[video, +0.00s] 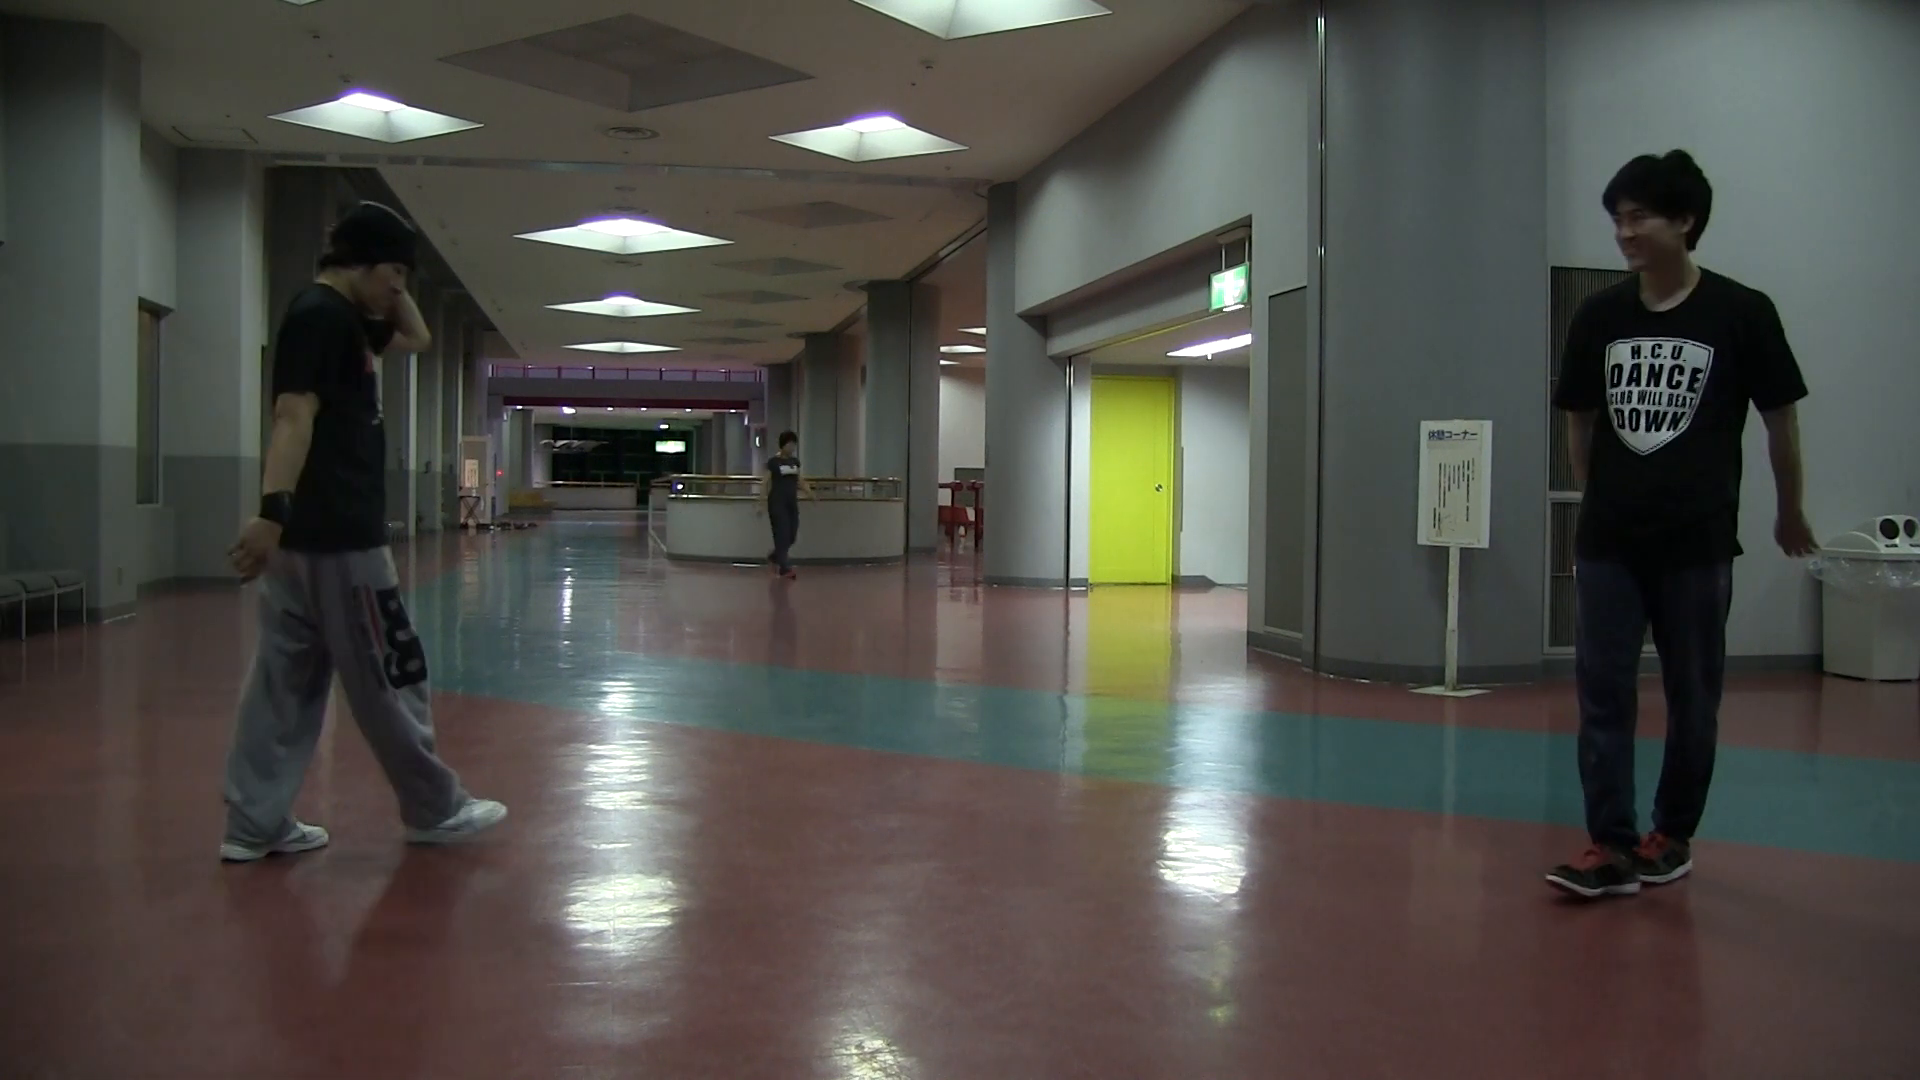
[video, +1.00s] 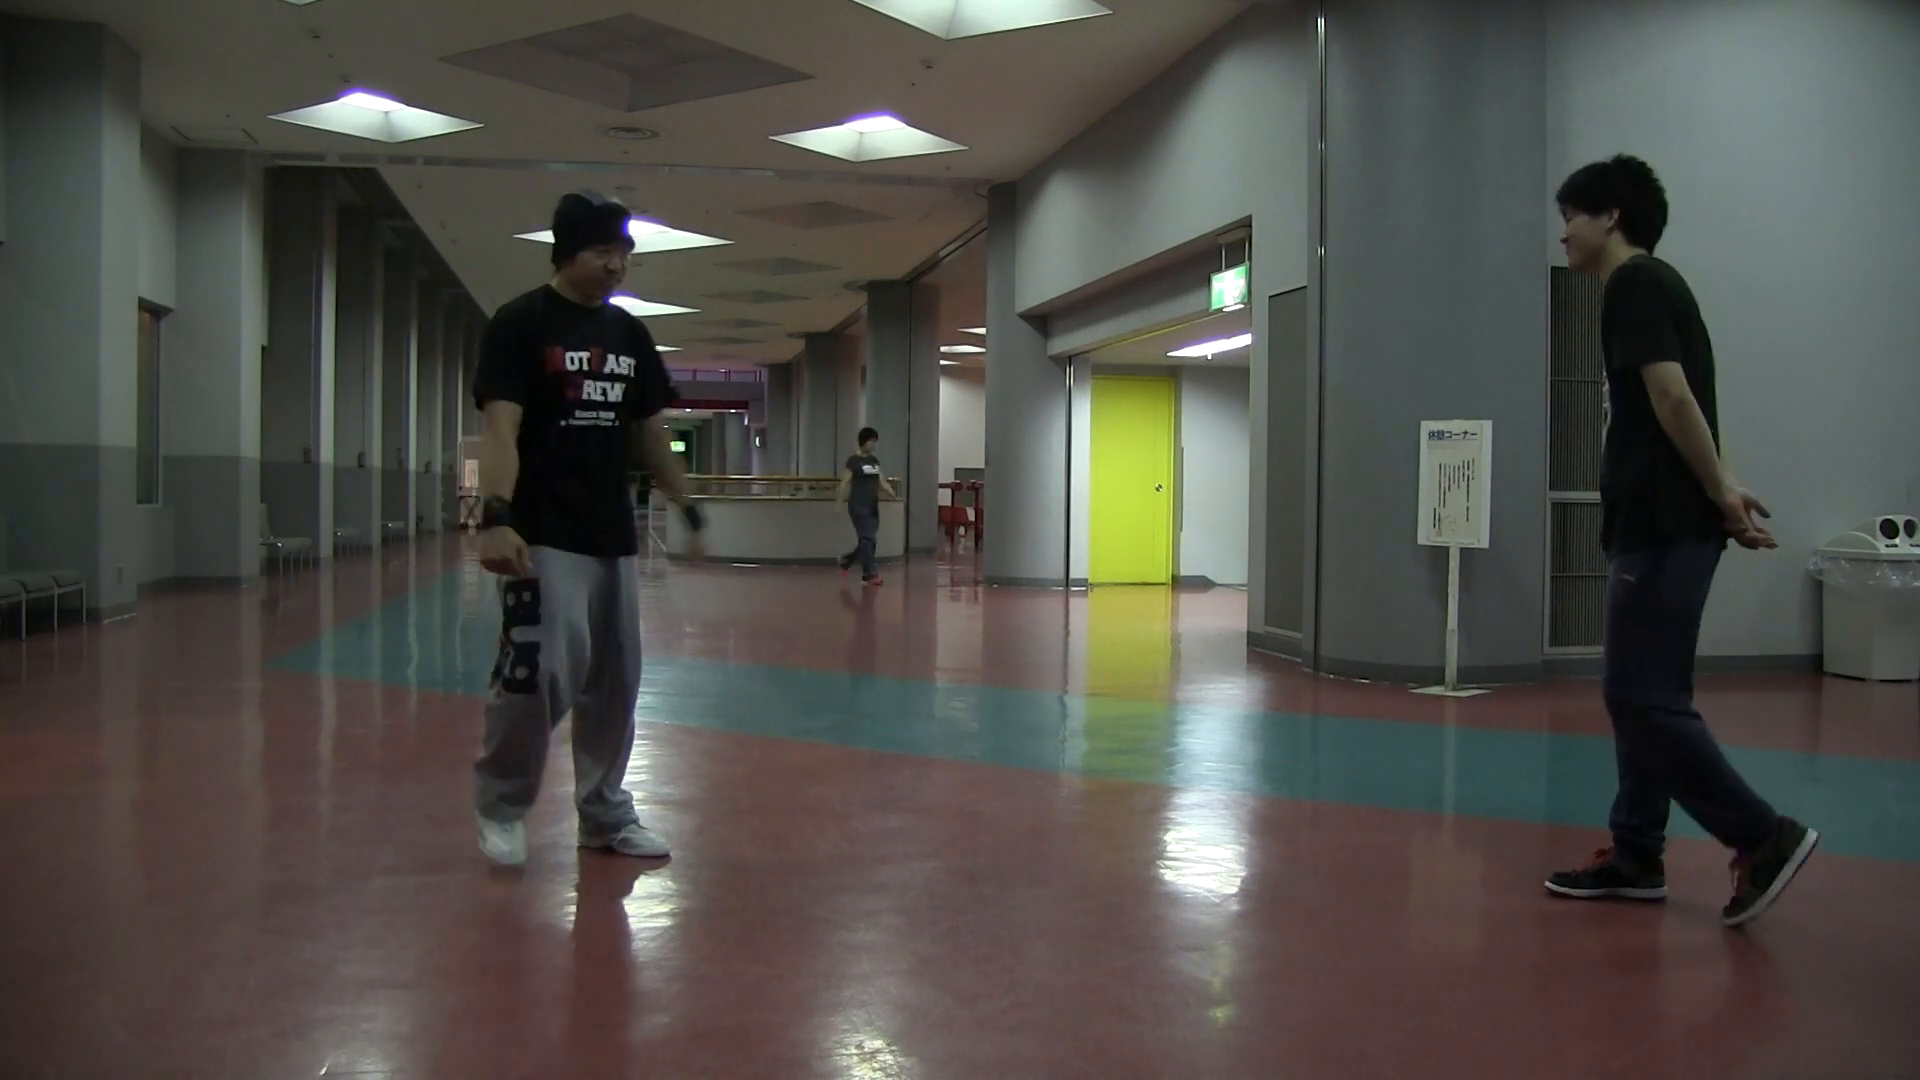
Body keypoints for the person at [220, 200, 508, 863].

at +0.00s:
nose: (398, 287)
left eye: (401, 277)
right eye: (395, 274)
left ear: (349, 263)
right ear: (363, 265)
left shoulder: (339, 315)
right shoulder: (320, 314)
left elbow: (416, 336)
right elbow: (292, 417)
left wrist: (387, 280)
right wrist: (271, 513)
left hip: (309, 535)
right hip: (340, 535)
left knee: (283, 684)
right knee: (388, 674)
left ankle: (255, 824)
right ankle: (435, 807)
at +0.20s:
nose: (449, 283)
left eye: (451, 272)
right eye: (444, 271)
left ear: (396, 261)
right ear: (413, 265)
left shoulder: (380, 320)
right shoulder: (374, 324)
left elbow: (430, 385)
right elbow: (358, 434)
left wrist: (472, 321)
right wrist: (354, 535)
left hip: (374, 531)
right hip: (402, 535)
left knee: (349, 664)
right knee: (423, 669)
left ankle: (286, 784)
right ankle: (437, 808)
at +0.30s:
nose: (464, 282)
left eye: (466, 270)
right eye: (458, 269)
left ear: (413, 265)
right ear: (424, 265)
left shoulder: (394, 321)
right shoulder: (395, 329)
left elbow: (442, 389)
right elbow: (405, 441)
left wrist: (514, 366)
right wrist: (431, 550)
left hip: (403, 532)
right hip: (417, 537)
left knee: (413, 657)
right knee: (438, 669)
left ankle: (332, 754)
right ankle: (441, 811)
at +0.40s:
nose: (480, 278)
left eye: (482, 266)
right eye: (474, 266)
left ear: (439, 262)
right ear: (440, 263)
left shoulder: (425, 326)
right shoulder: (414, 333)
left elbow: (477, 392)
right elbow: (446, 440)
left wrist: (554, 425)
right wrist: (505, 527)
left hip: (441, 530)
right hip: (434, 535)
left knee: (452, 659)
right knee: (451, 674)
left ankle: (396, 759)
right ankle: (440, 812)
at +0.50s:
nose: (501, 275)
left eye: (503, 263)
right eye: (494, 263)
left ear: (462, 261)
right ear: (458, 262)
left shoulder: (464, 329)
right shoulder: (427, 333)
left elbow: (496, 413)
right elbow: (468, 433)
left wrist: (547, 480)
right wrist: (551, 494)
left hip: (481, 534)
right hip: (440, 541)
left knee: (507, 656)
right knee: (447, 674)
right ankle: (437, 812)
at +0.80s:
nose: (578, 276)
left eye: (583, 264)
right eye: (568, 263)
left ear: (580, 264)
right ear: (531, 262)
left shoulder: (569, 336)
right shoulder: (489, 331)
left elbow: (557, 429)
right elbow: (487, 435)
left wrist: (572, 505)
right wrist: (566, 510)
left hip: (568, 537)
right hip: (507, 542)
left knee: (585, 684)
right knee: (494, 681)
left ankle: (605, 816)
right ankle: (448, 800)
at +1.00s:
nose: (619, 266)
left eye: (624, 254)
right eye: (607, 253)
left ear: (623, 257)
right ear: (569, 254)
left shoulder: (630, 334)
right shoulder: (519, 325)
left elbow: (649, 434)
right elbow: (499, 428)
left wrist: (687, 499)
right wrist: (494, 517)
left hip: (611, 534)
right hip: (542, 532)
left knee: (612, 678)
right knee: (546, 673)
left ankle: (605, 813)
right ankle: (501, 802)